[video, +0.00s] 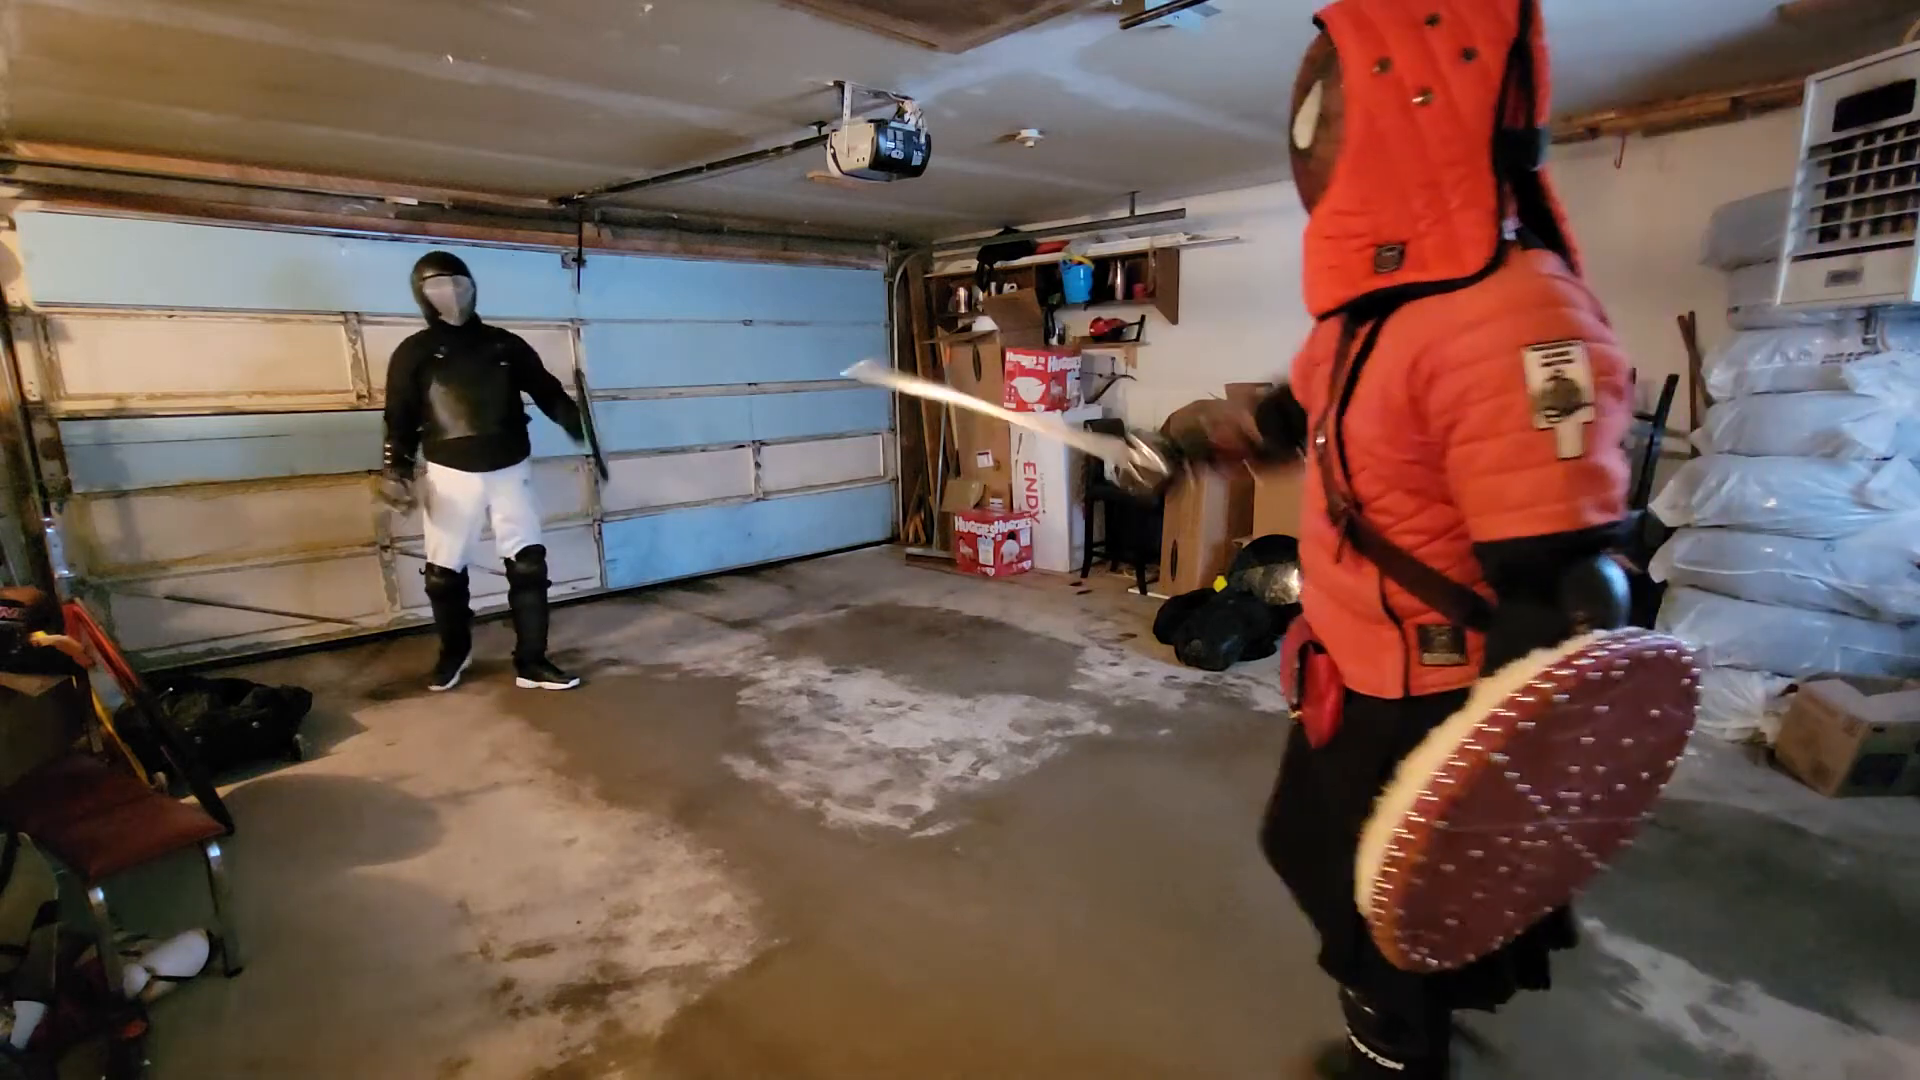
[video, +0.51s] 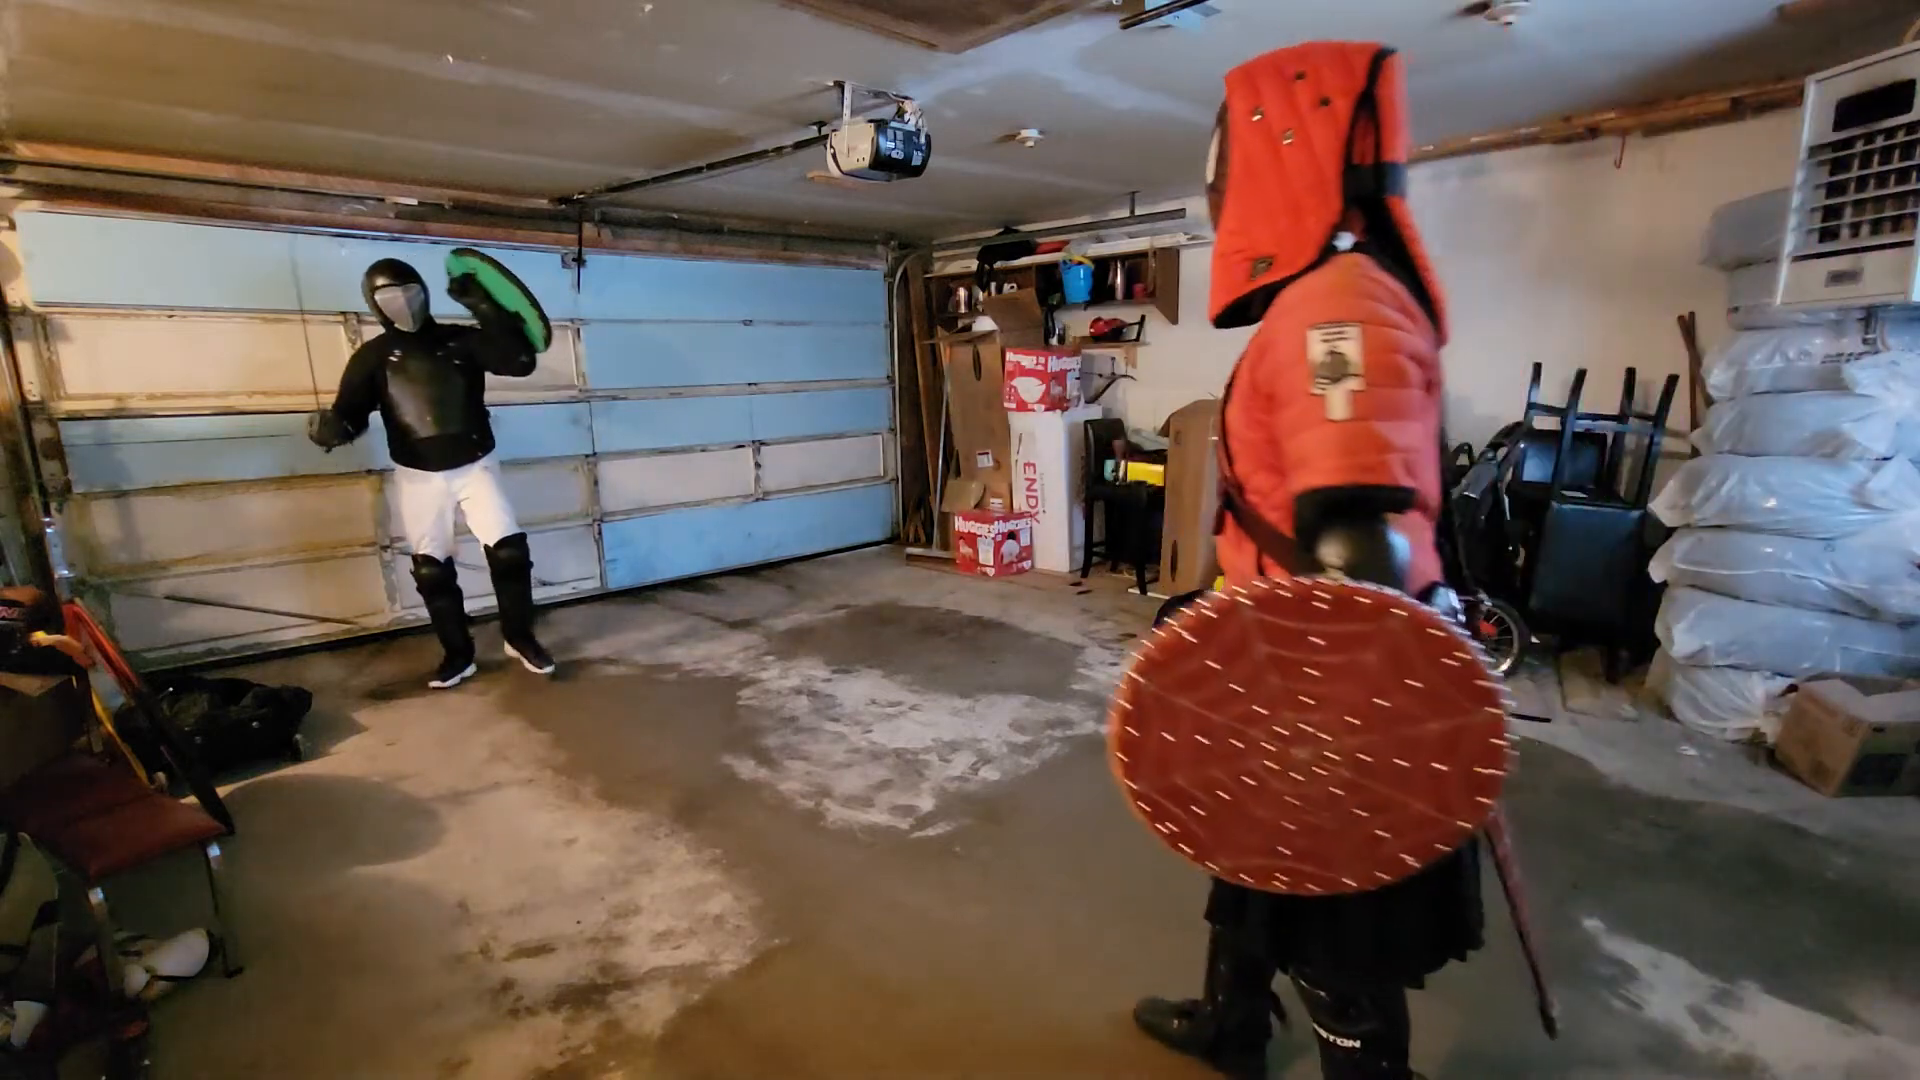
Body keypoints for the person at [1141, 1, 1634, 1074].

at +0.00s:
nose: (1304, 149)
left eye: (1327, 110)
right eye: (1306, 113)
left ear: (1426, 111)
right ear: (1400, 115)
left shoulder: (1516, 318)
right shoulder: (1379, 285)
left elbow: (1565, 606)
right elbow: (1346, 407)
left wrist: (1495, 808)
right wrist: (1248, 424)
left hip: (1435, 702)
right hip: (1349, 671)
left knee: (1384, 898)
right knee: (1304, 841)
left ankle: (1393, 1050)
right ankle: (1392, 993)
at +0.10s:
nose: (1283, 141)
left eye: (1307, 102)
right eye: (1288, 105)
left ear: (1395, 106)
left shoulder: (1476, 316)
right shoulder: (1373, 297)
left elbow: (1523, 610)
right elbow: (1359, 508)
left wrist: (1485, 813)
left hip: (1407, 701)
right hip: (1337, 675)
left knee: (1367, 897)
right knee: (1284, 839)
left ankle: (1380, 1057)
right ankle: (1328, 1027)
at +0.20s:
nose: (1265, 155)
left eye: (1282, 118)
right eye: (1267, 120)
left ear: (1367, 117)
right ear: (1365, 122)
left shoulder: (1441, 308)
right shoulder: (1370, 292)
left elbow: (1486, 589)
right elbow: (1349, 501)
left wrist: (1439, 801)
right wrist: (1260, 566)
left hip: (1387, 717)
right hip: (1313, 686)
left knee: (1373, 949)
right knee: (1272, 844)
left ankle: (1379, 1067)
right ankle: (1263, 1020)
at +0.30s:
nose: (1246, 171)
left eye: (1262, 134)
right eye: (1250, 138)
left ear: (1341, 132)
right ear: (1351, 133)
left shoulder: (1408, 305)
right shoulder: (1354, 296)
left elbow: (1445, 571)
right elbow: (1342, 518)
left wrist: (1431, 780)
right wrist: (1257, 614)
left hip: (1362, 702)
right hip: (1303, 675)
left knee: (1356, 910)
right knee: (1271, 844)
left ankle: (1373, 1058)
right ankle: (1239, 1010)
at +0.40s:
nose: (1234, 180)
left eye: (1251, 146)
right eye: (1239, 150)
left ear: (1322, 146)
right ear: (1336, 147)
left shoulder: (1379, 307)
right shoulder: (1333, 302)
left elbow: (1404, 561)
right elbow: (1314, 520)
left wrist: (1395, 757)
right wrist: (1232, 607)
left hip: (1342, 693)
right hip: (1284, 673)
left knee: (1348, 900)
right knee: (1257, 847)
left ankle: (1367, 1059)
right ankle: (1233, 1017)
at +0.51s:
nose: (1217, 186)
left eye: (1234, 155)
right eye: (1224, 158)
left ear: (1293, 154)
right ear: (1325, 153)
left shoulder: (1347, 302)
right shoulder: (1307, 302)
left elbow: (1361, 543)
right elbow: (1295, 518)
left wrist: (1344, 724)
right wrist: (1217, 613)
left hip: (1333, 690)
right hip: (1274, 668)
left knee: (1339, 895)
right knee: (1247, 843)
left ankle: (1366, 1059)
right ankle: (1232, 1015)